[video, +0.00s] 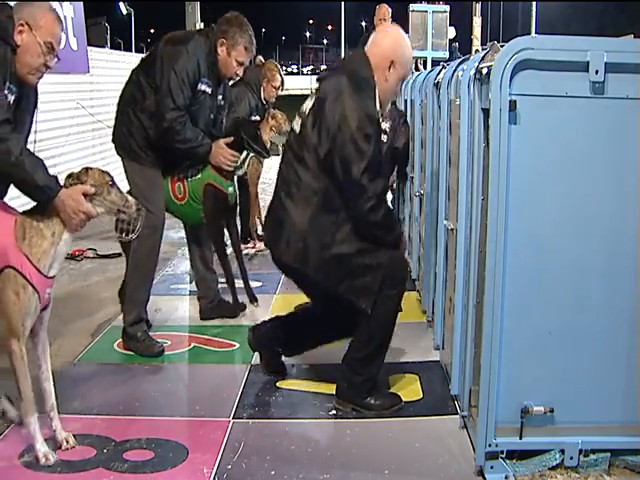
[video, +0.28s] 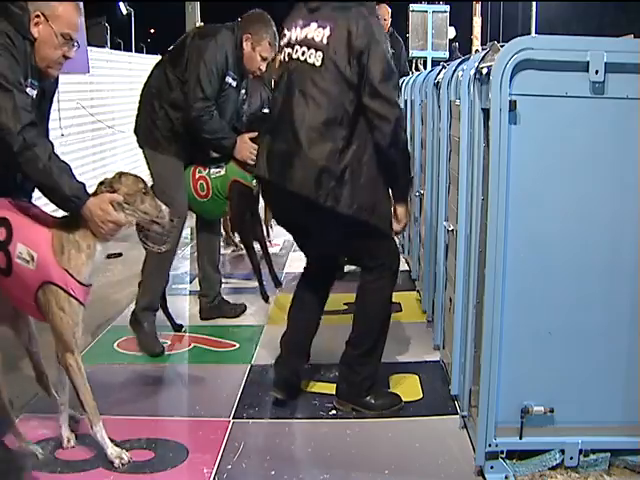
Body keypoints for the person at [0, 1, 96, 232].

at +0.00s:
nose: (51, 63)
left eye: (55, 55)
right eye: (48, 49)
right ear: (20, 32)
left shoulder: (27, 86)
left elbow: (13, 150)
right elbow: (5, 145)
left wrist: (56, 195)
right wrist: (56, 196)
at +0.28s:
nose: (70, 54)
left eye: (74, 45)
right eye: (66, 40)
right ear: (37, 24)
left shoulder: (45, 67)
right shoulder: (4, 51)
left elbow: (35, 141)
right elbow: (21, 137)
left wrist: (20, 210)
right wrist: (82, 203)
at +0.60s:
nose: (107, 51)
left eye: (112, 41)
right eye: (102, 38)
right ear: (71, 18)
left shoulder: (78, 57)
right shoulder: (25, 48)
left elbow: (74, 148)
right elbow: (64, 149)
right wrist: (133, 219)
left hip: (35, 214)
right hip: (3, 216)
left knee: (52, 308)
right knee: (9, 330)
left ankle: (55, 386)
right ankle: (9, 452)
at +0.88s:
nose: (174, 58)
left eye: (180, 49)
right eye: (172, 44)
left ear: (147, 21)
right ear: (142, 20)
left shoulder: (139, 60)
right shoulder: (86, 51)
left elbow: (134, 148)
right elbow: (126, 155)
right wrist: (191, 226)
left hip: (95, 203)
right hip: (33, 205)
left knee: (143, 292)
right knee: (40, 322)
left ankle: (164, 396)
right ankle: (8, 450)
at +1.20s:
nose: (262, 48)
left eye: (268, 39)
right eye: (262, 34)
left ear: (239, 12)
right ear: (238, 8)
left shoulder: (205, 32)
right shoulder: (184, 22)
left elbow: (219, 137)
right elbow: (217, 127)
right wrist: (272, 211)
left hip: (161, 178)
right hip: (108, 169)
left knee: (172, 292)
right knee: (118, 292)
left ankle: (172, 404)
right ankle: (49, 416)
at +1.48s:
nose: (306, 40)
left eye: (312, 31)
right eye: (307, 25)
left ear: (281, 9)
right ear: (282, 5)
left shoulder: (245, 23)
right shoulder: (233, 23)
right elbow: (269, 129)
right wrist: (328, 200)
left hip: (178, 168)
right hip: (149, 166)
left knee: (197, 293)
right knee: (187, 306)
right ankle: (221, 445)